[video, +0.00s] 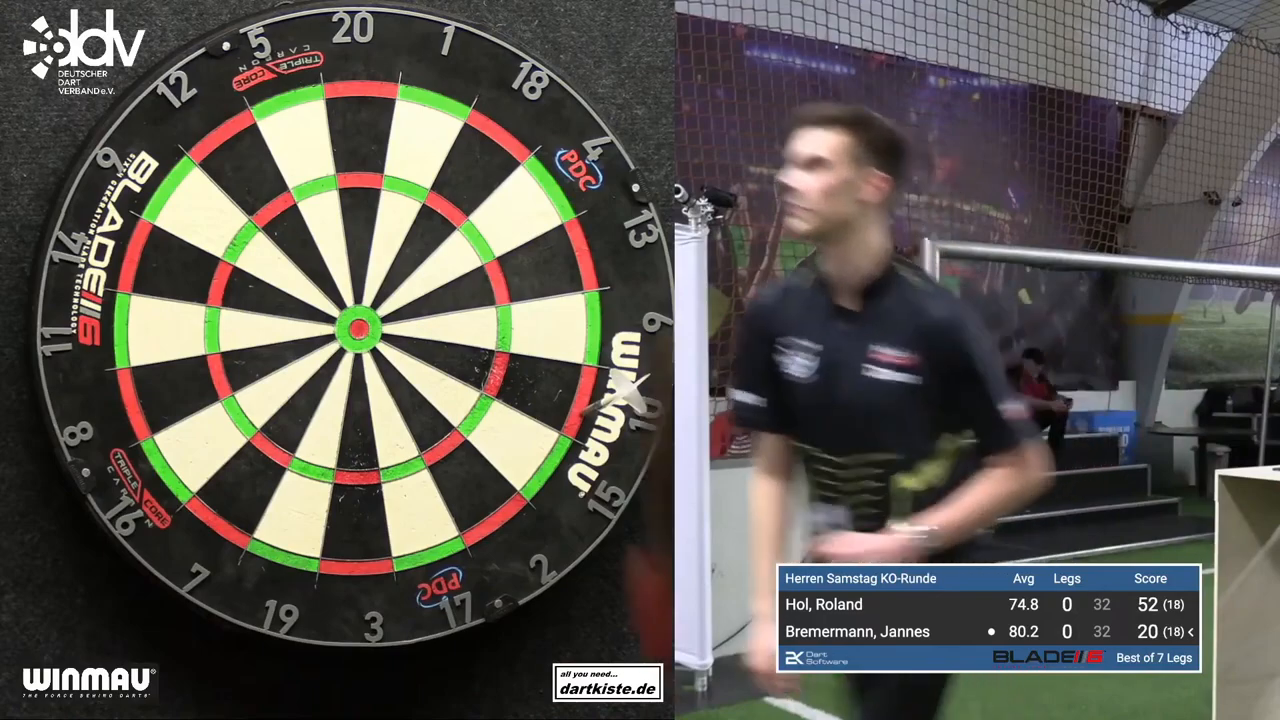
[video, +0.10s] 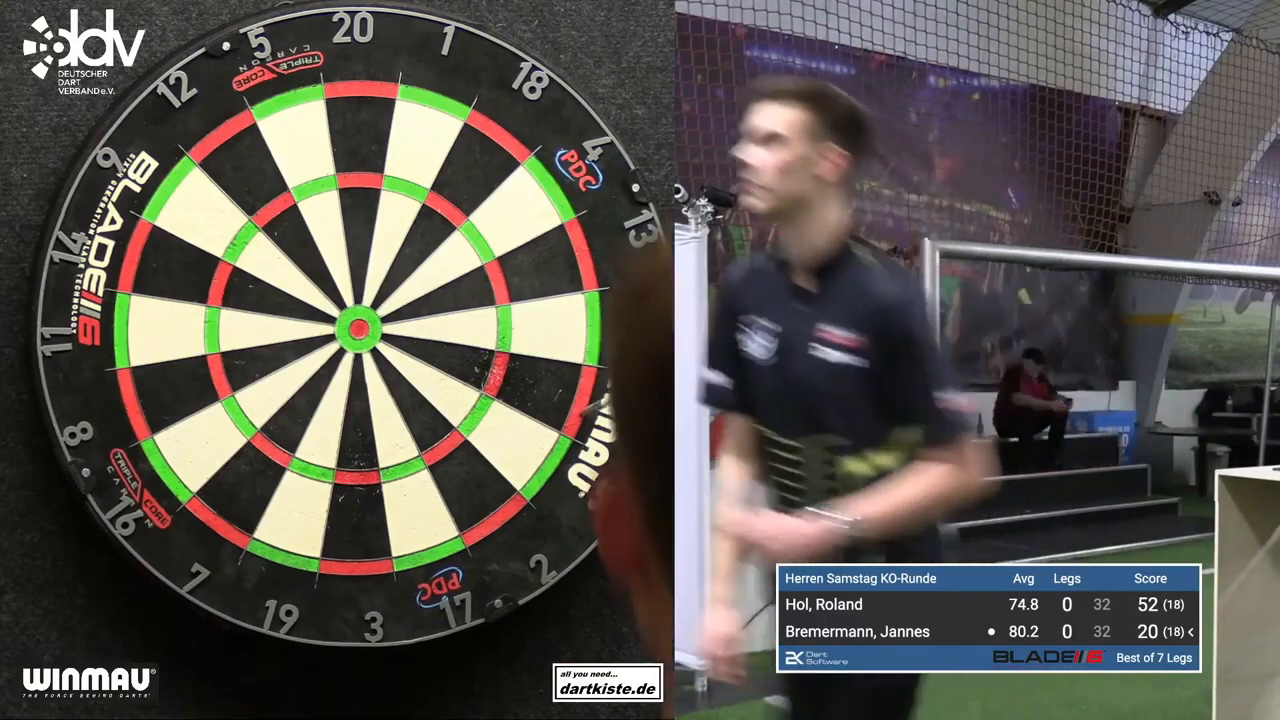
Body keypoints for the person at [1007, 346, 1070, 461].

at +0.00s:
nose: (1039, 369)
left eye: (1041, 365)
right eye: (1037, 365)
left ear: (1040, 365)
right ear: (1028, 363)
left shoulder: (1041, 378)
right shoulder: (1017, 376)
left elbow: (1051, 394)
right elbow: (1022, 399)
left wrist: (1062, 401)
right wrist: (1051, 405)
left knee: (1061, 413)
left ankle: (1054, 453)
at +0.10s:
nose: (1038, 369)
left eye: (1040, 366)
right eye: (1036, 365)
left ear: (1042, 366)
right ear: (1026, 362)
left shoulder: (1040, 379)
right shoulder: (1013, 375)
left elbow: (1052, 396)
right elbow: (1017, 399)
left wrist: (1062, 402)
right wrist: (1050, 405)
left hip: (1030, 420)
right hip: (1007, 422)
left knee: (1060, 412)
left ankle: (1053, 454)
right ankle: (1026, 459)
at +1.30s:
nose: (1039, 369)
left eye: (1041, 366)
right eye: (1036, 365)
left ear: (1042, 366)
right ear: (1026, 362)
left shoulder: (1041, 379)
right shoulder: (1014, 375)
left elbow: (1051, 396)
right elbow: (1016, 398)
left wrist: (1063, 402)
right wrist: (1050, 405)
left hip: (1036, 416)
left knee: (1060, 413)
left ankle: (1054, 455)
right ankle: (1025, 460)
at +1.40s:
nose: (1039, 367)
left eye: (1041, 364)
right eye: (1036, 364)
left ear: (1042, 365)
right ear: (1028, 363)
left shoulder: (1041, 379)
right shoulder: (1023, 379)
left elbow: (1051, 396)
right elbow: (1029, 401)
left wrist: (1062, 402)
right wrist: (1051, 405)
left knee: (1061, 413)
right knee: (1056, 415)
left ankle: (1054, 454)